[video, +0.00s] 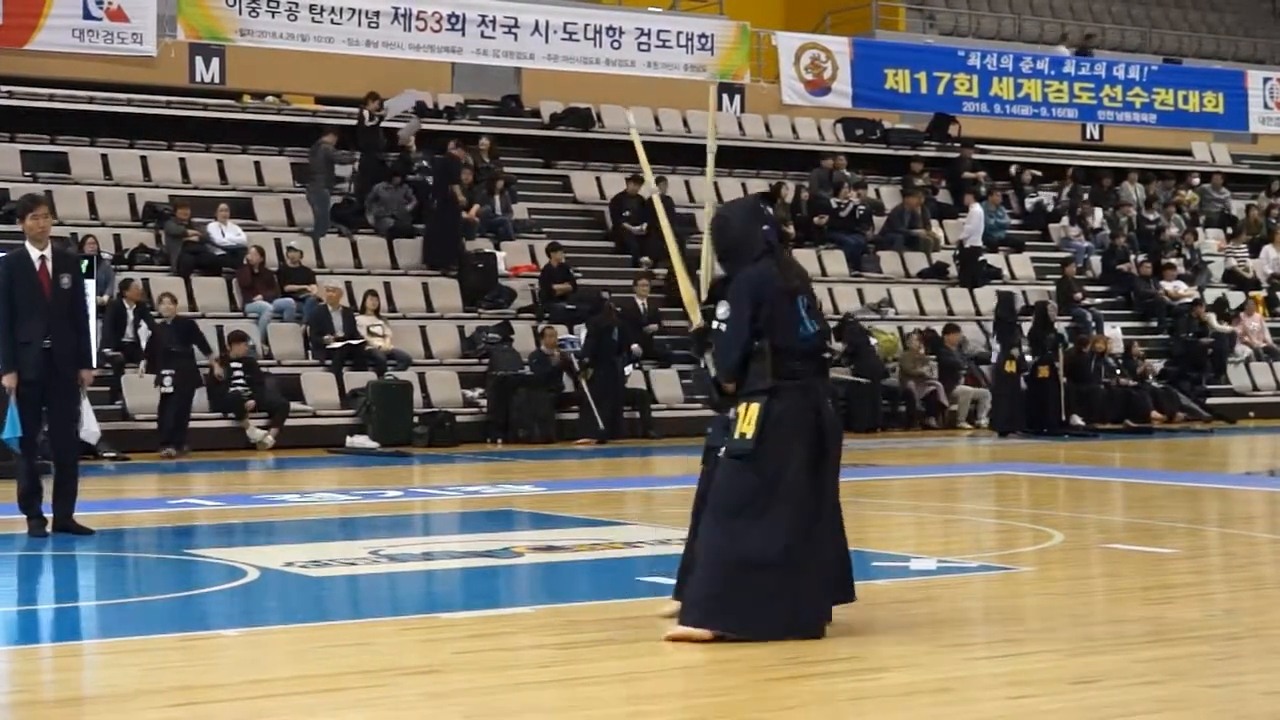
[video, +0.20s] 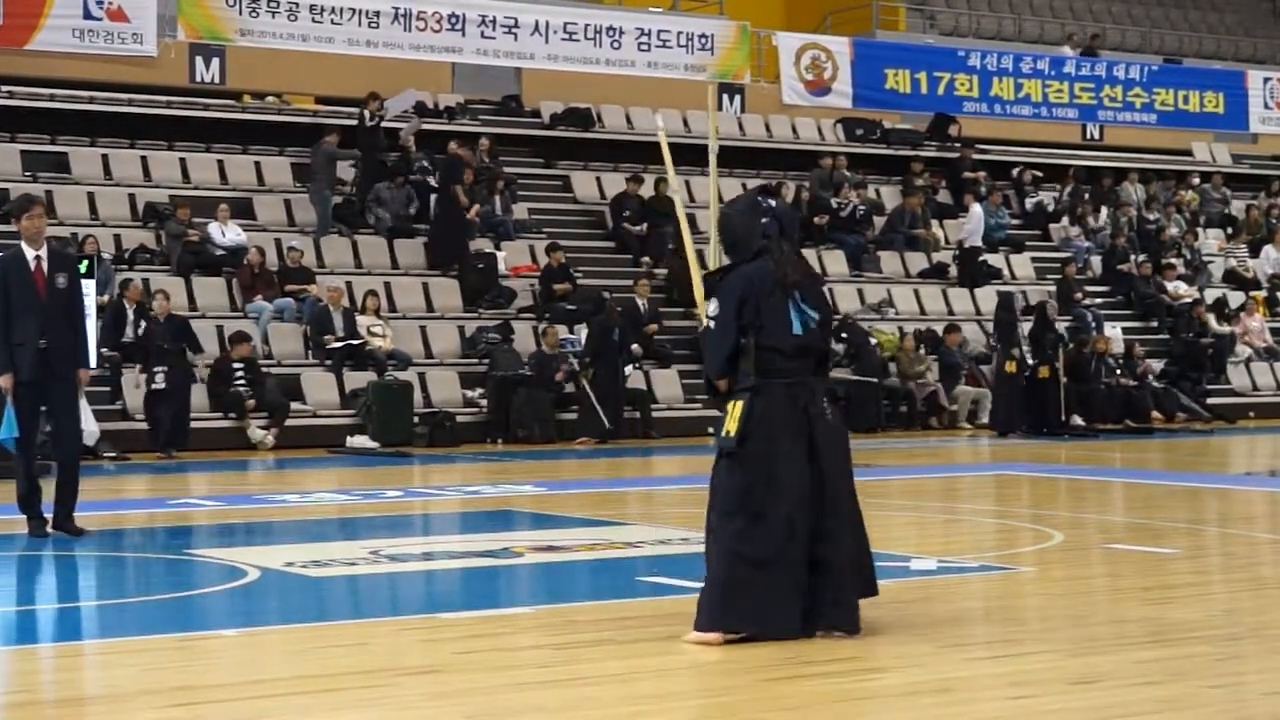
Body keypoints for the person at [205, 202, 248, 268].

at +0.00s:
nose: (224, 214)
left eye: (226, 211)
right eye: (221, 211)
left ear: (229, 213)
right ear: (216, 214)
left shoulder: (234, 227)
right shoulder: (212, 226)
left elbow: (244, 241)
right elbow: (219, 242)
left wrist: (227, 239)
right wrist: (239, 244)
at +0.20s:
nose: (224, 214)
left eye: (226, 211)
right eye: (221, 211)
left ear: (229, 213)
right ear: (216, 214)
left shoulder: (234, 226)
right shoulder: (212, 226)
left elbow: (244, 240)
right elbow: (219, 242)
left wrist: (227, 239)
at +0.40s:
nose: (224, 214)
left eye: (227, 211)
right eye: (221, 211)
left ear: (230, 213)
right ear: (216, 214)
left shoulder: (234, 226)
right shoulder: (212, 226)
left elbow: (244, 240)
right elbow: (219, 242)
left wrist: (227, 239)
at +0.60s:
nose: (227, 213)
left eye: (228, 211)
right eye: (224, 211)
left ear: (231, 213)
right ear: (218, 213)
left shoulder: (234, 226)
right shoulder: (212, 226)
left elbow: (244, 240)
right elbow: (219, 242)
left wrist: (228, 239)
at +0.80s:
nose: (227, 214)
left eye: (229, 211)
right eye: (224, 211)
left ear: (231, 213)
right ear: (219, 213)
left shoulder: (234, 226)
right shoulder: (213, 226)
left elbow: (244, 240)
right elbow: (219, 242)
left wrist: (228, 239)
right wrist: (239, 244)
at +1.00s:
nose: (227, 213)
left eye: (229, 211)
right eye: (225, 211)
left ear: (231, 213)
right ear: (219, 213)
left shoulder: (235, 226)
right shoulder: (213, 226)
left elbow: (245, 240)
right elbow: (220, 241)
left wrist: (228, 239)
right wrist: (239, 244)